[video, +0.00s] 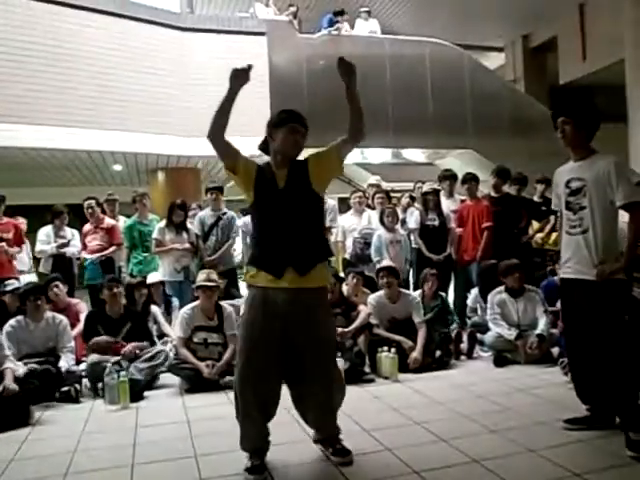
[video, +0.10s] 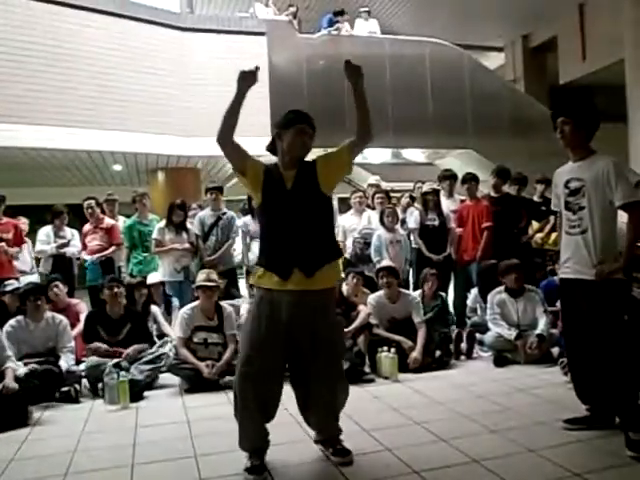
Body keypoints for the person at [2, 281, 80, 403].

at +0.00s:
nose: (38, 303)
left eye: (41, 299)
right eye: (34, 300)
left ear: (46, 301)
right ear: (25, 304)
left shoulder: (59, 322)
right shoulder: (12, 327)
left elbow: (68, 350)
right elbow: (8, 357)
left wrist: (61, 368)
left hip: (54, 367)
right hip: (25, 370)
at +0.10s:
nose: (38, 303)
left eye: (41, 299)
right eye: (34, 300)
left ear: (46, 301)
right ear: (26, 303)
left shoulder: (59, 322)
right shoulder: (12, 327)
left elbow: (68, 351)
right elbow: (8, 358)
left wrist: (58, 368)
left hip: (54, 367)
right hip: (25, 370)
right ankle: (56, 394)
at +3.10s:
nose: (41, 303)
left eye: (44, 299)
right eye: (36, 300)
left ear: (48, 300)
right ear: (26, 305)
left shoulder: (60, 321)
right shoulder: (15, 325)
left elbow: (68, 352)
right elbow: (5, 353)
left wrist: (59, 370)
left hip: (53, 367)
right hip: (27, 369)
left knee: (75, 373)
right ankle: (65, 394)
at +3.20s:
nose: (41, 303)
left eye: (43, 299)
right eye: (35, 300)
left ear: (48, 300)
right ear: (25, 305)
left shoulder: (60, 321)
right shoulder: (14, 325)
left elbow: (68, 352)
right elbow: (6, 354)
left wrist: (59, 371)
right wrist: (16, 373)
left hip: (53, 366)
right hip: (27, 369)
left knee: (75, 373)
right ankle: (65, 394)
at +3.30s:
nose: (43, 303)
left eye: (45, 299)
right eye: (38, 300)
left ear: (49, 299)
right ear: (27, 304)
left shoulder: (60, 321)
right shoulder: (14, 326)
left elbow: (68, 352)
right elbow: (6, 353)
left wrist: (59, 371)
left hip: (53, 367)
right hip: (28, 369)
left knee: (75, 373)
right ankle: (65, 394)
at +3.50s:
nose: (46, 303)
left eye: (46, 298)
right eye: (40, 300)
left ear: (49, 299)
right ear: (28, 305)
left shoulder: (59, 321)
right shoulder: (14, 326)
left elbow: (68, 352)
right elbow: (11, 357)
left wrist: (59, 370)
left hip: (54, 366)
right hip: (28, 369)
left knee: (75, 373)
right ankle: (66, 394)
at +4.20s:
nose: (50, 303)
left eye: (51, 299)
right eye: (44, 300)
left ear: (54, 300)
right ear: (32, 305)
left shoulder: (64, 323)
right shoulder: (19, 328)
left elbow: (72, 353)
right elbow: (14, 358)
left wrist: (63, 373)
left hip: (58, 368)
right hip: (32, 371)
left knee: (79, 376)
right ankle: (68, 397)